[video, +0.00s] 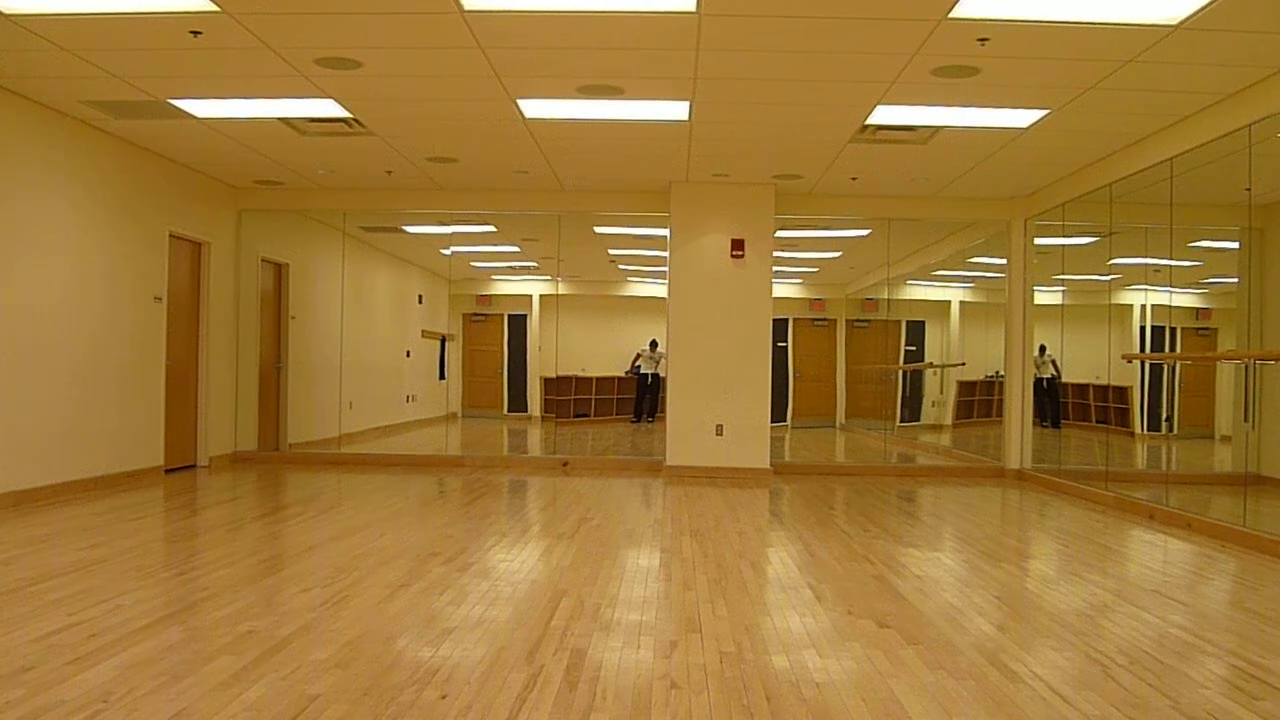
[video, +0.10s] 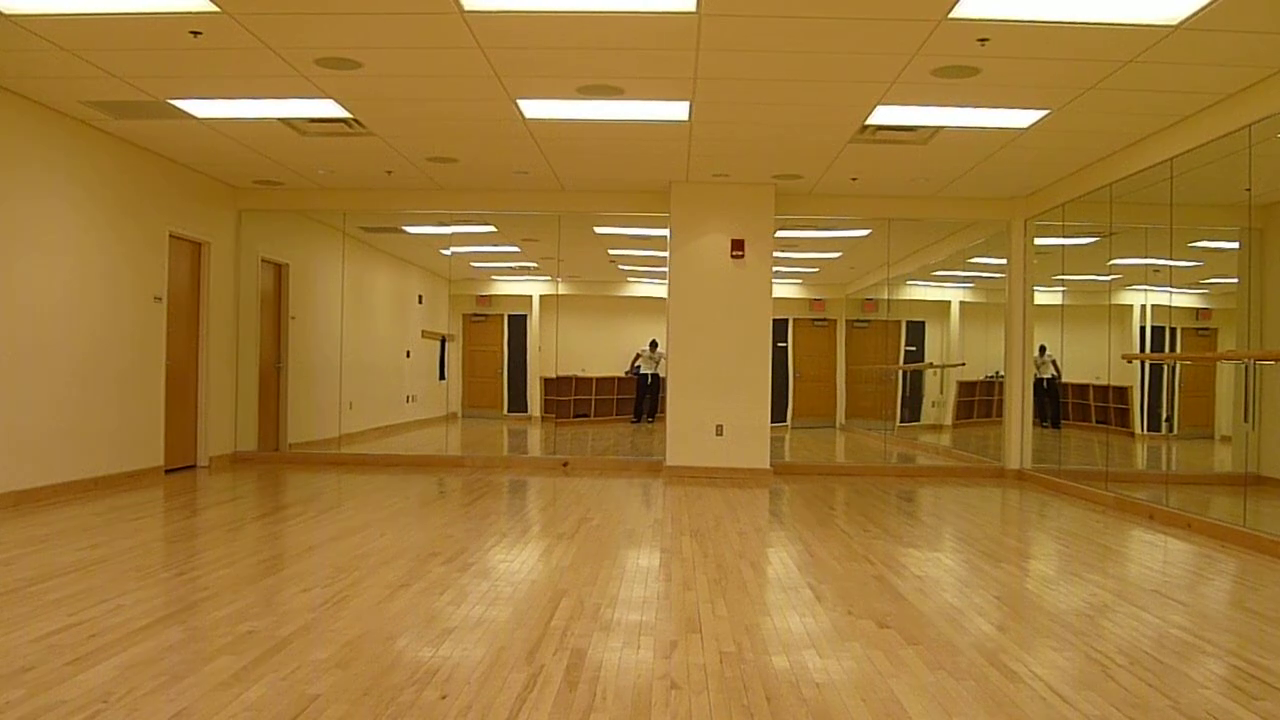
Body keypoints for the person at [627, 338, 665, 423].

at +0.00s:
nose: (652, 351)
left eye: (654, 349)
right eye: (651, 349)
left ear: (657, 348)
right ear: (649, 347)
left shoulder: (660, 354)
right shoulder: (643, 351)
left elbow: (669, 361)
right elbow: (635, 360)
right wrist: (631, 369)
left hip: (654, 373)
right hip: (643, 373)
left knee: (654, 396)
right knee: (640, 395)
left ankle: (651, 416)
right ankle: (637, 416)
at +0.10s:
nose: (652, 351)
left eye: (654, 350)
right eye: (651, 349)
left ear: (656, 348)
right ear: (649, 347)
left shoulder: (660, 354)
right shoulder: (643, 352)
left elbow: (668, 361)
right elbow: (634, 360)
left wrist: (668, 374)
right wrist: (631, 370)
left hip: (654, 373)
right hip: (643, 373)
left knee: (654, 396)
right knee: (640, 395)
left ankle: (651, 416)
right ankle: (637, 416)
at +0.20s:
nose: (652, 351)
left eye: (654, 350)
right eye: (651, 349)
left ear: (656, 348)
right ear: (648, 347)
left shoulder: (660, 354)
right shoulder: (643, 352)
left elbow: (668, 361)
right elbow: (634, 360)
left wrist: (668, 374)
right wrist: (631, 370)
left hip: (654, 373)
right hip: (643, 373)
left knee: (654, 396)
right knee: (640, 395)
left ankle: (651, 416)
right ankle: (637, 416)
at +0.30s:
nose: (652, 351)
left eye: (654, 349)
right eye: (651, 349)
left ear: (656, 348)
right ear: (648, 347)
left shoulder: (660, 354)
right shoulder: (642, 352)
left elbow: (668, 361)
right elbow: (634, 360)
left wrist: (668, 373)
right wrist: (631, 369)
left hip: (654, 373)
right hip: (643, 373)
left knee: (654, 396)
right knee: (640, 395)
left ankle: (651, 416)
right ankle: (637, 416)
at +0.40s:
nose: (652, 351)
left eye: (654, 349)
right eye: (651, 349)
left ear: (656, 348)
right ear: (648, 347)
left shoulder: (660, 354)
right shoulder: (642, 352)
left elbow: (668, 361)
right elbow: (634, 360)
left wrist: (668, 373)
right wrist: (631, 369)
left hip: (654, 373)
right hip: (643, 373)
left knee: (654, 396)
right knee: (640, 395)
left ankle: (651, 416)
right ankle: (637, 416)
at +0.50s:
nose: (652, 351)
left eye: (654, 349)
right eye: (651, 349)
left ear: (656, 348)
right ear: (648, 347)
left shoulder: (660, 354)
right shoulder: (642, 352)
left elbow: (668, 361)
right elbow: (634, 359)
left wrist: (668, 373)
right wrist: (631, 369)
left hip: (654, 373)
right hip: (643, 373)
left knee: (654, 396)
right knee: (640, 395)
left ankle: (651, 416)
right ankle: (637, 416)